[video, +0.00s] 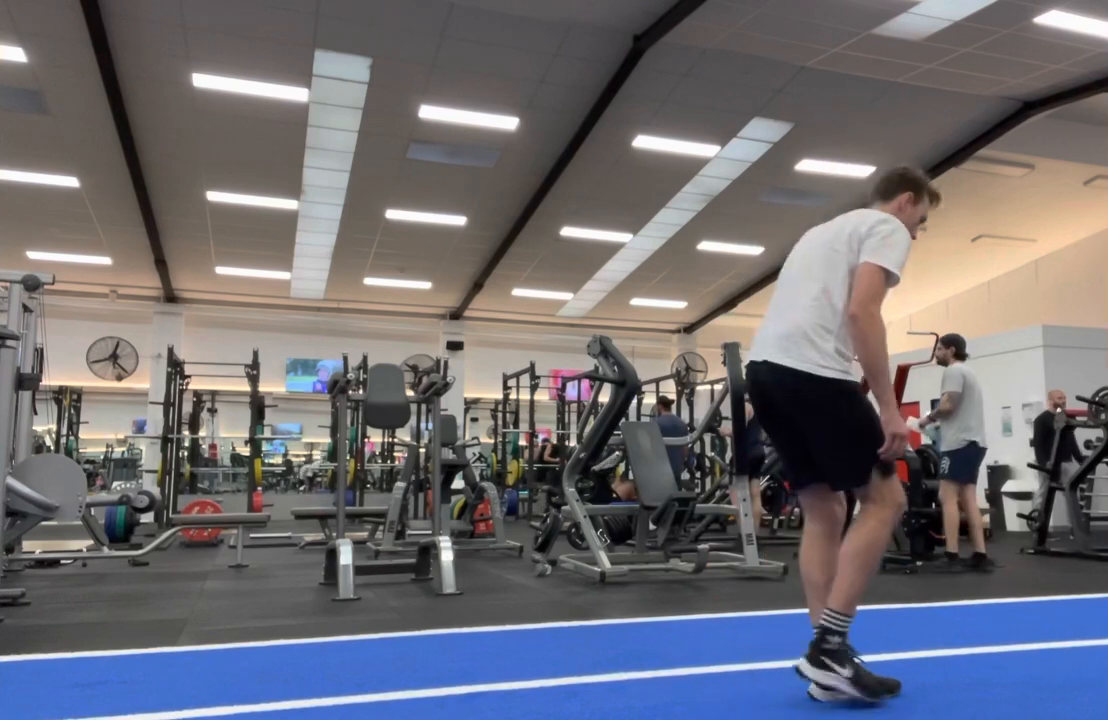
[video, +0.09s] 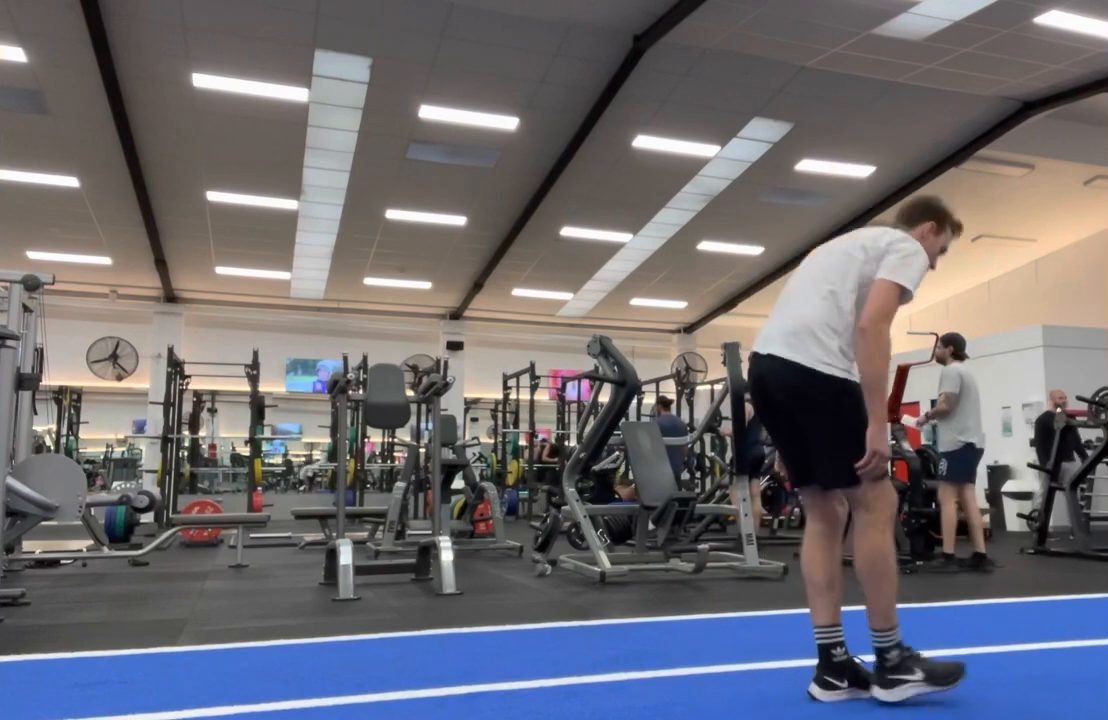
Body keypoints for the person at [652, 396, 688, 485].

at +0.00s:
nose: (656, 408)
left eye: (657, 406)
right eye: (657, 406)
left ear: (660, 406)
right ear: (670, 406)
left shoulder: (656, 422)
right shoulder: (681, 422)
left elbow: (653, 442)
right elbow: (685, 443)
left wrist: (653, 456)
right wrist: (684, 457)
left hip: (660, 458)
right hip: (677, 458)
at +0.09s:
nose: (655, 408)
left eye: (656, 406)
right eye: (656, 406)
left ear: (659, 406)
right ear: (669, 406)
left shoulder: (656, 422)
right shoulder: (680, 423)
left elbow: (652, 443)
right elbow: (685, 444)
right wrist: (684, 457)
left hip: (660, 459)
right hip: (677, 459)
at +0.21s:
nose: (655, 409)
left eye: (655, 406)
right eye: (655, 406)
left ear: (658, 407)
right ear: (668, 406)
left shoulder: (655, 422)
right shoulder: (679, 422)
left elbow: (652, 442)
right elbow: (685, 442)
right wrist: (683, 456)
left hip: (660, 459)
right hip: (677, 459)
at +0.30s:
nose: (653, 409)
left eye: (653, 406)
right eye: (653, 406)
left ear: (657, 407)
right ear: (666, 406)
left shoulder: (654, 422)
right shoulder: (678, 422)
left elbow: (651, 443)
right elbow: (684, 442)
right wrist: (683, 455)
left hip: (659, 459)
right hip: (677, 459)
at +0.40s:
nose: (651, 409)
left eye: (652, 407)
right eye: (651, 407)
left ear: (655, 407)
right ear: (664, 406)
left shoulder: (653, 422)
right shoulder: (677, 422)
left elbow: (650, 444)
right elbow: (682, 442)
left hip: (658, 460)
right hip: (675, 460)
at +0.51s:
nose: (649, 410)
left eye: (649, 407)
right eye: (649, 407)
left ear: (652, 407)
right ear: (662, 406)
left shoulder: (649, 424)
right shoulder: (675, 423)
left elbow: (646, 445)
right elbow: (679, 444)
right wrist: (679, 460)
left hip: (655, 461)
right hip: (673, 461)